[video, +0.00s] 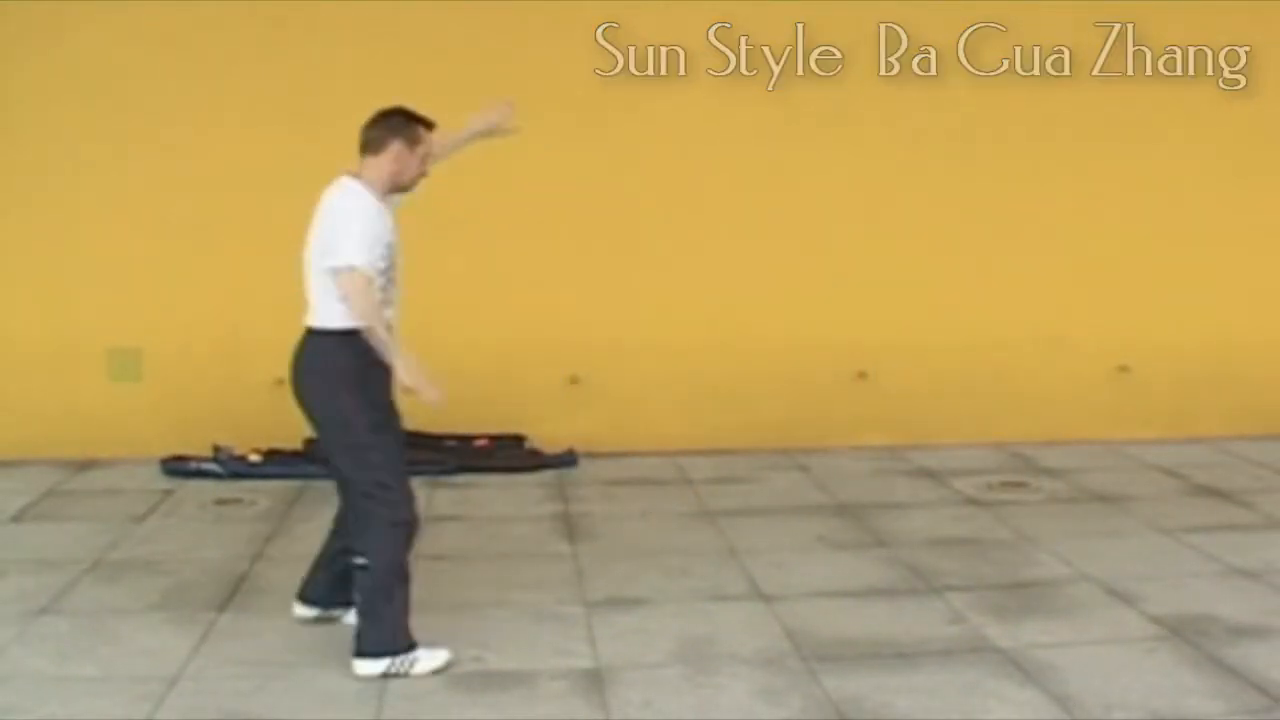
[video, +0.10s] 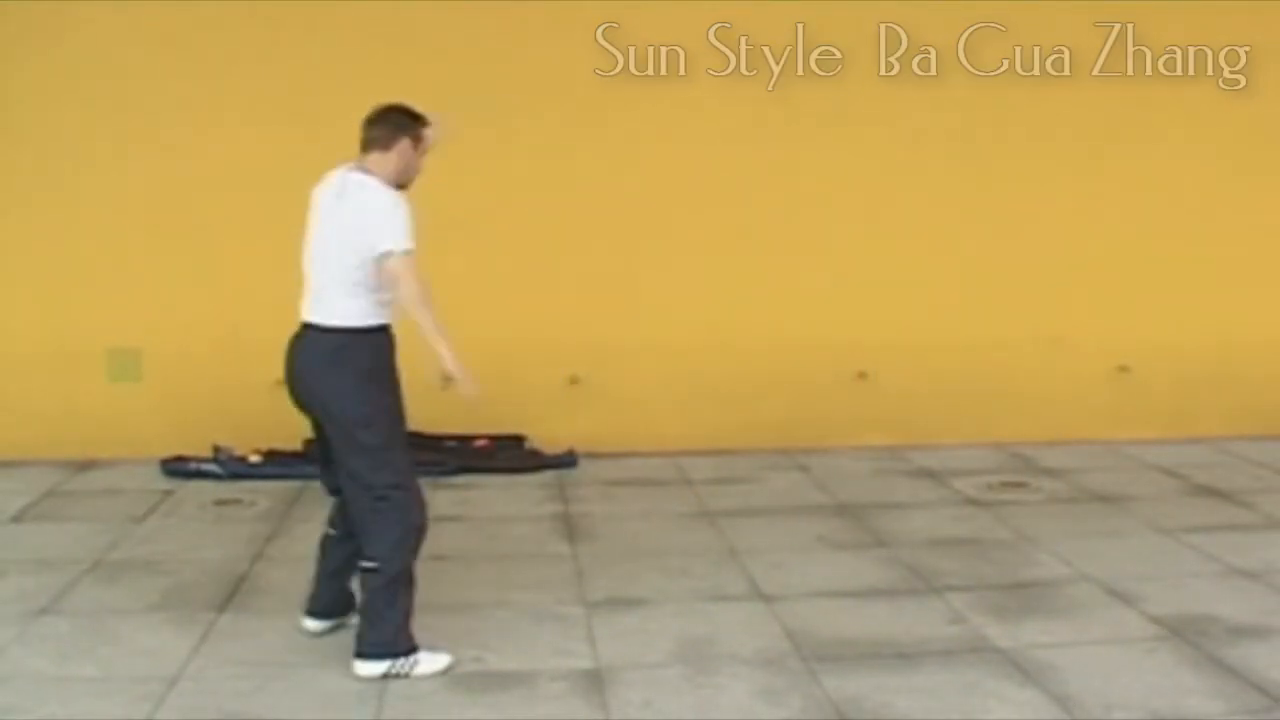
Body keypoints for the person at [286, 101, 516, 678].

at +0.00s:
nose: (423, 172)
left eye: (426, 161)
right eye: (419, 159)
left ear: (385, 155)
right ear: (392, 154)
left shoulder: (359, 195)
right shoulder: (356, 208)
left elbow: (423, 159)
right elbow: (358, 301)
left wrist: (475, 130)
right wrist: (403, 366)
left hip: (339, 355)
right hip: (341, 361)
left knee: (370, 489)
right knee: (389, 507)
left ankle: (326, 591)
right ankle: (382, 646)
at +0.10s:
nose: (420, 166)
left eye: (423, 155)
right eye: (420, 154)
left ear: (370, 142)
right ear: (402, 147)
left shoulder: (330, 187)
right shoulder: (383, 202)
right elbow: (402, 283)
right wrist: (446, 356)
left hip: (312, 350)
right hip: (355, 357)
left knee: (355, 489)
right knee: (395, 504)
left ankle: (327, 602)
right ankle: (384, 646)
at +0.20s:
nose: (407, 159)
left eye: (407, 151)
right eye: (407, 150)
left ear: (355, 146)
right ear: (398, 148)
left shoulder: (314, 191)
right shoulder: (400, 200)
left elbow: (294, 177)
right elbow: (452, 273)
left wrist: (345, 162)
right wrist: (493, 336)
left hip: (309, 352)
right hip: (364, 356)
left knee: (340, 486)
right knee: (399, 500)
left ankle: (343, 607)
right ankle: (384, 646)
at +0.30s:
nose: (380, 157)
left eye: (369, 149)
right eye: (381, 148)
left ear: (331, 148)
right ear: (378, 148)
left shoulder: (301, 194)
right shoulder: (400, 198)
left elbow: (243, 201)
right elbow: (471, 236)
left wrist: (307, 193)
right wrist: (532, 299)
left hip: (314, 354)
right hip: (381, 353)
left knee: (321, 487)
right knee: (400, 497)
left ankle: (342, 607)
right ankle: (386, 645)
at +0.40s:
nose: (344, 160)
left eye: (327, 152)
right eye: (351, 150)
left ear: (308, 153)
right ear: (358, 149)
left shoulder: (287, 200)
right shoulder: (391, 196)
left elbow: (203, 224)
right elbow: (471, 221)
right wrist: (532, 285)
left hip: (313, 356)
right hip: (384, 352)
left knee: (313, 485)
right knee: (412, 486)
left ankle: (342, 612)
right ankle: (401, 621)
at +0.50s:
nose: (288, 165)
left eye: (285, 157)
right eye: (295, 156)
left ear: (287, 155)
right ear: (332, 151)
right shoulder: (375, 196)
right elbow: (458, 217)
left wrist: (199, 270)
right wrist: (490, 276)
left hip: (315, 357)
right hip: (383, 350)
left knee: (307, 487)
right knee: (407, 473)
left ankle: (344, 612)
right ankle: (425, 585)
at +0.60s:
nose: (265, 168)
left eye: (264, 158)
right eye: (265, 158)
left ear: (274, 155)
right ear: (314, 150)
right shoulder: (362, 196)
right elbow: (434, 224)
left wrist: (193, 279)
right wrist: (434, 280)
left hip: (319, 354)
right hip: (381, 346)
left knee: (304, 490)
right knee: (383, 474)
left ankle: (342, 612)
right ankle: (432, 580)